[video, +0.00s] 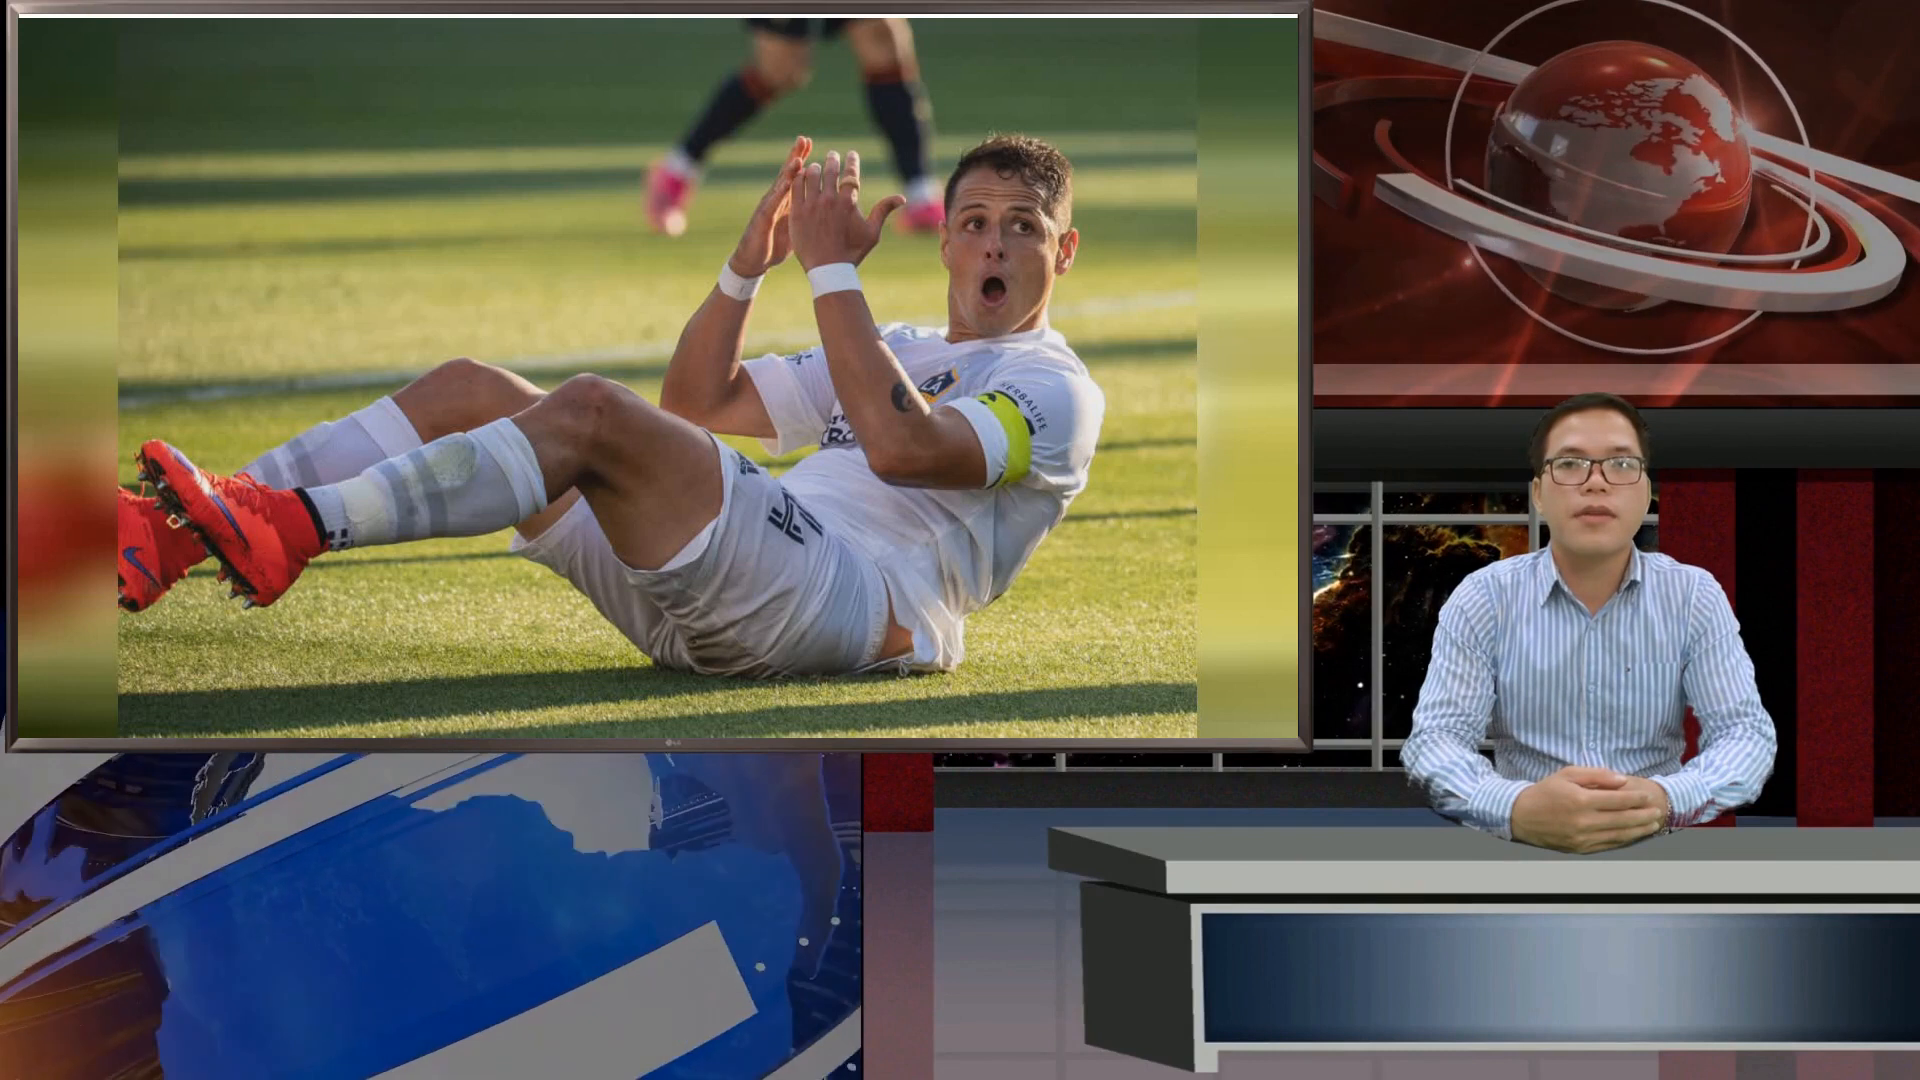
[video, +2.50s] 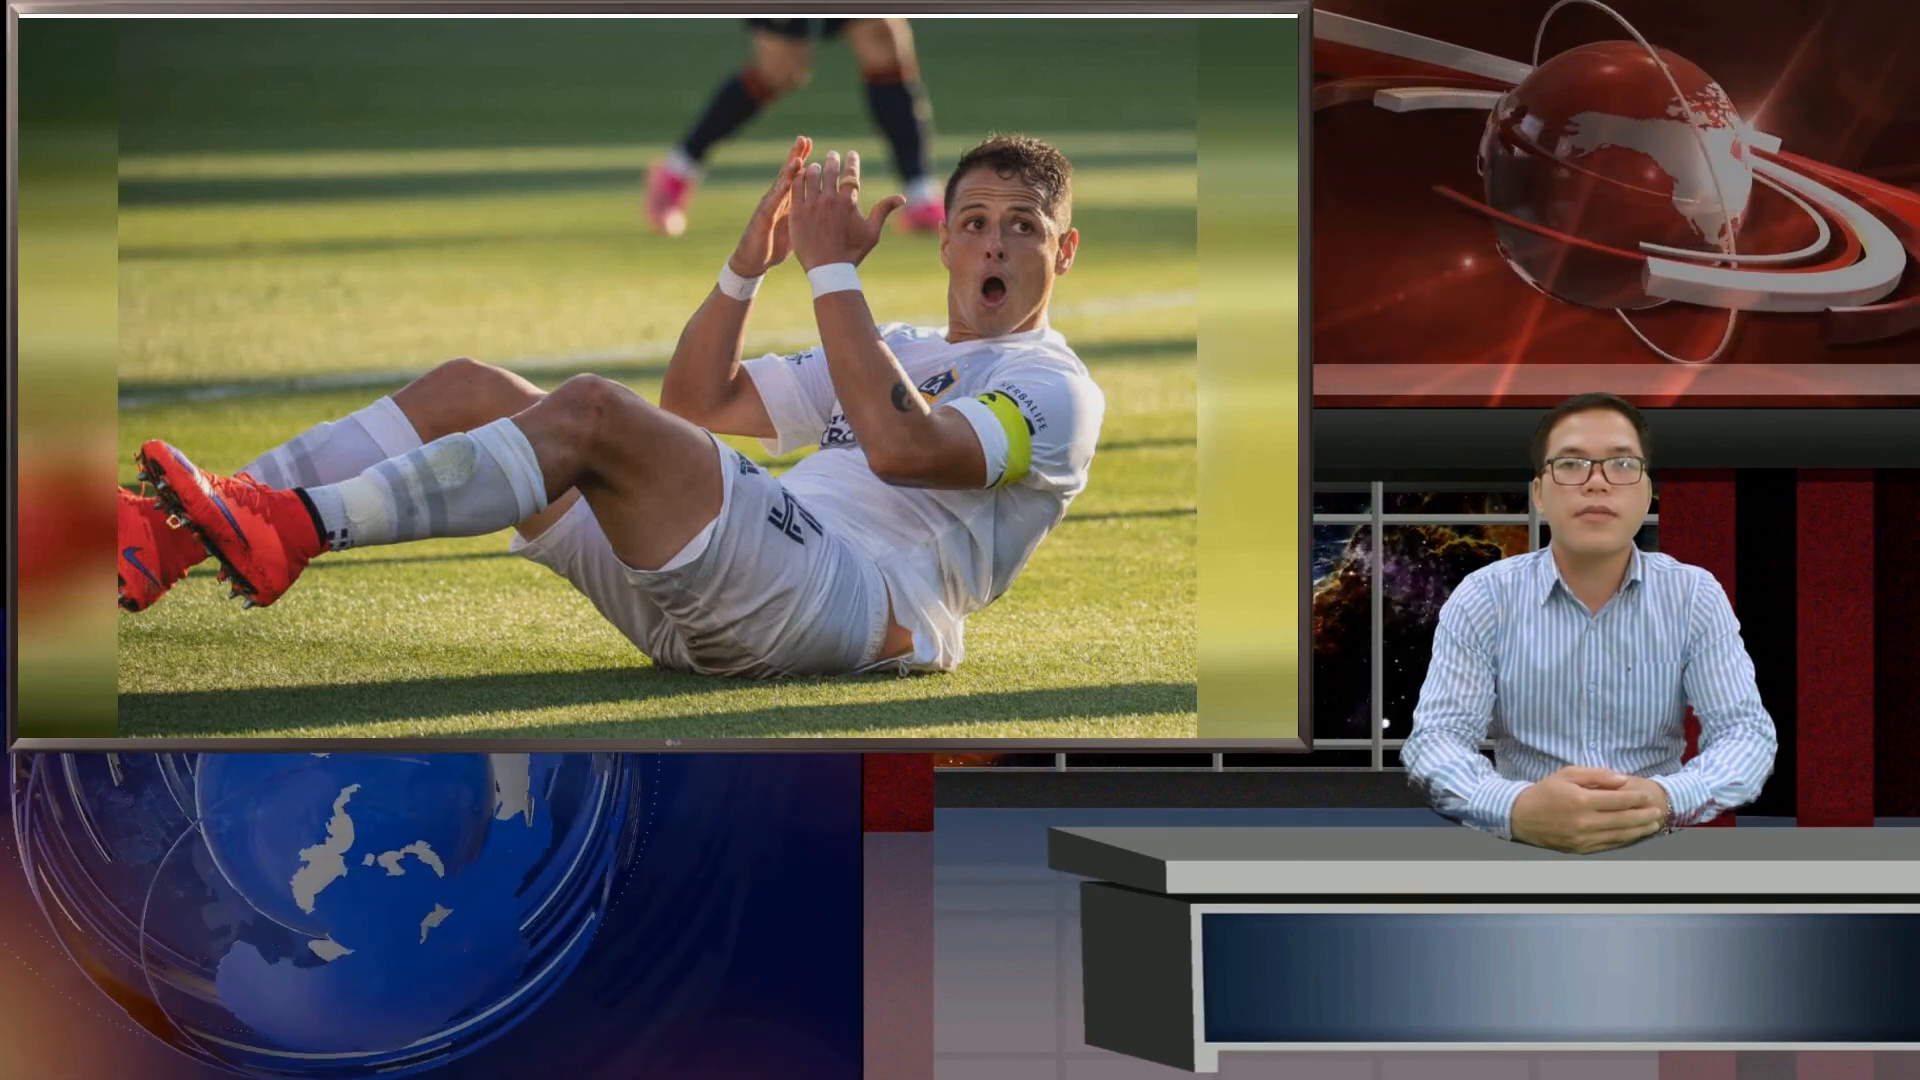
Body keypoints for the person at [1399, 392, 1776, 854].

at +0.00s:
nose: (1596, 483)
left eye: (1619, 464)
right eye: (1570, 464)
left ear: (1646, 494)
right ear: (1538, 496)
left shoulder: (1690, 598)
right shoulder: (1484, 601)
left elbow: (1745, 735)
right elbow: (1433, 745)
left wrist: (1667, 799)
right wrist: (1514, 809)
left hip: (1656, 853)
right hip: (1520, 857)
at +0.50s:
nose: (1596, 483)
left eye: (1620, 464)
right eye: (1570, 464)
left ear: (1647, 495)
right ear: (1539, 496)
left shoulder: (1691, 598)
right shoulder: (1484, 601)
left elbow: (1745, 735)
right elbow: (1434, 744)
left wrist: (1667, 799)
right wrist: (1514, 809)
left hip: (1656, 852)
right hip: (1519, 856)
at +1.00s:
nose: (1596, 483)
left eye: (1620, 465)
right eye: (1570, 464)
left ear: (1646, 494)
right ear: (1539, 496)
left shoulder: (1690, 598)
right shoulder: (1484, 601)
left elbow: (1745, 735)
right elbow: (1433, 745)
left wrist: (1667, 799)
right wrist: (1515, 809)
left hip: (1656, 853)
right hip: (1520, 857)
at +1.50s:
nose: (1596, 483)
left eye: (1620, 464)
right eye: (1571, 464)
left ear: (1647, 495)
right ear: (1539, 496)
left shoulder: (1691, 598)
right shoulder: (1485, 601)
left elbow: (1745, 735)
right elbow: (1433, 745)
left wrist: (1667, 799)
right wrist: (1514, 809)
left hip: (1656, 853)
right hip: (1520, 857)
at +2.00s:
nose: (1597, 483)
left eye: (1620, 465)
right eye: (1571, 464)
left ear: (1647, 495)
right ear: (1539, 496)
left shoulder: (1691, 598)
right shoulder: (1484, 601)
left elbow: (1745, 735)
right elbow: (1433, 745)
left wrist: (1667, 799)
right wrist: (1514, 809)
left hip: (1657, 853)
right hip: (1520, 856)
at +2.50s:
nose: (1596, 483)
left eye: (1620, 464)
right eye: (1571, 464)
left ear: (1647, 495)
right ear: (1539, 496)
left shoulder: (1691, 598)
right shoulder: (1484, 600)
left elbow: (1745, 735)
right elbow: (1434, 744)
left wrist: (1667, 799)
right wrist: (1514, 809)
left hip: (1657, 853)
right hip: (1520, 857)